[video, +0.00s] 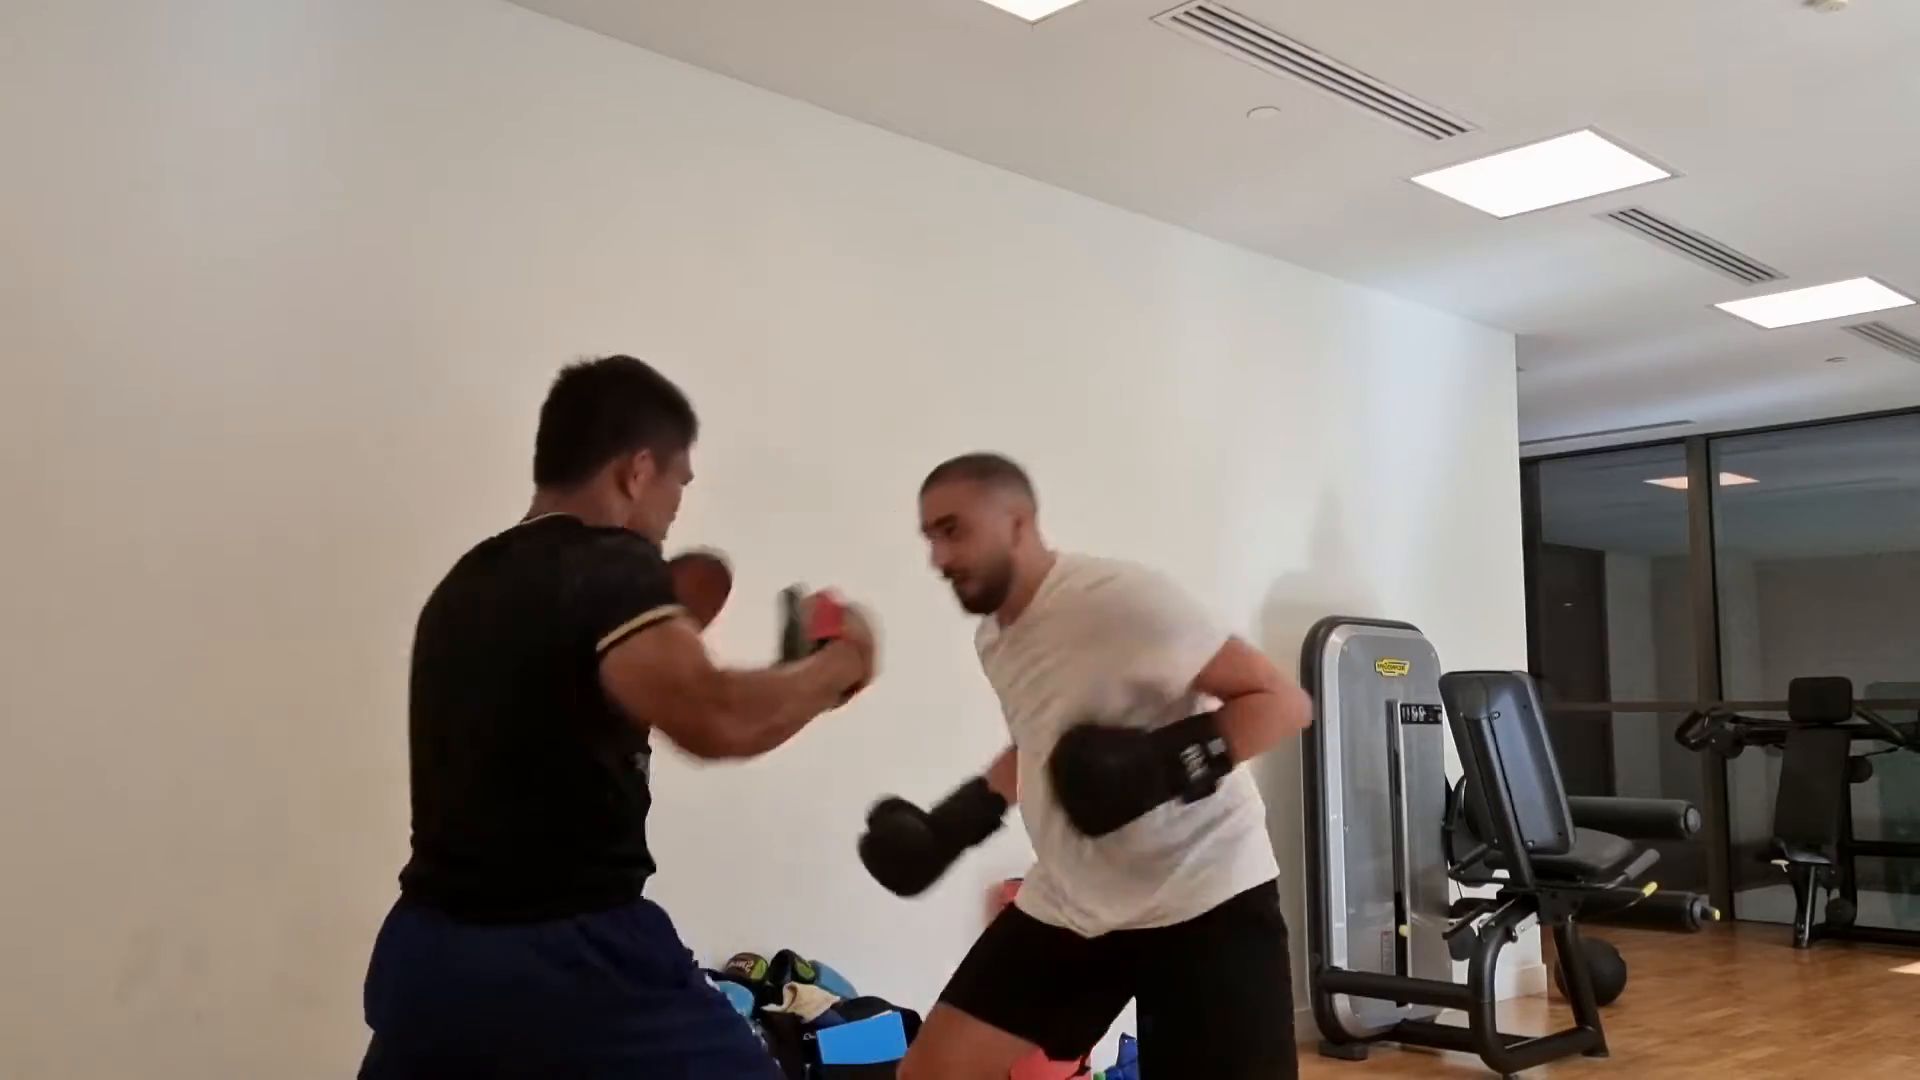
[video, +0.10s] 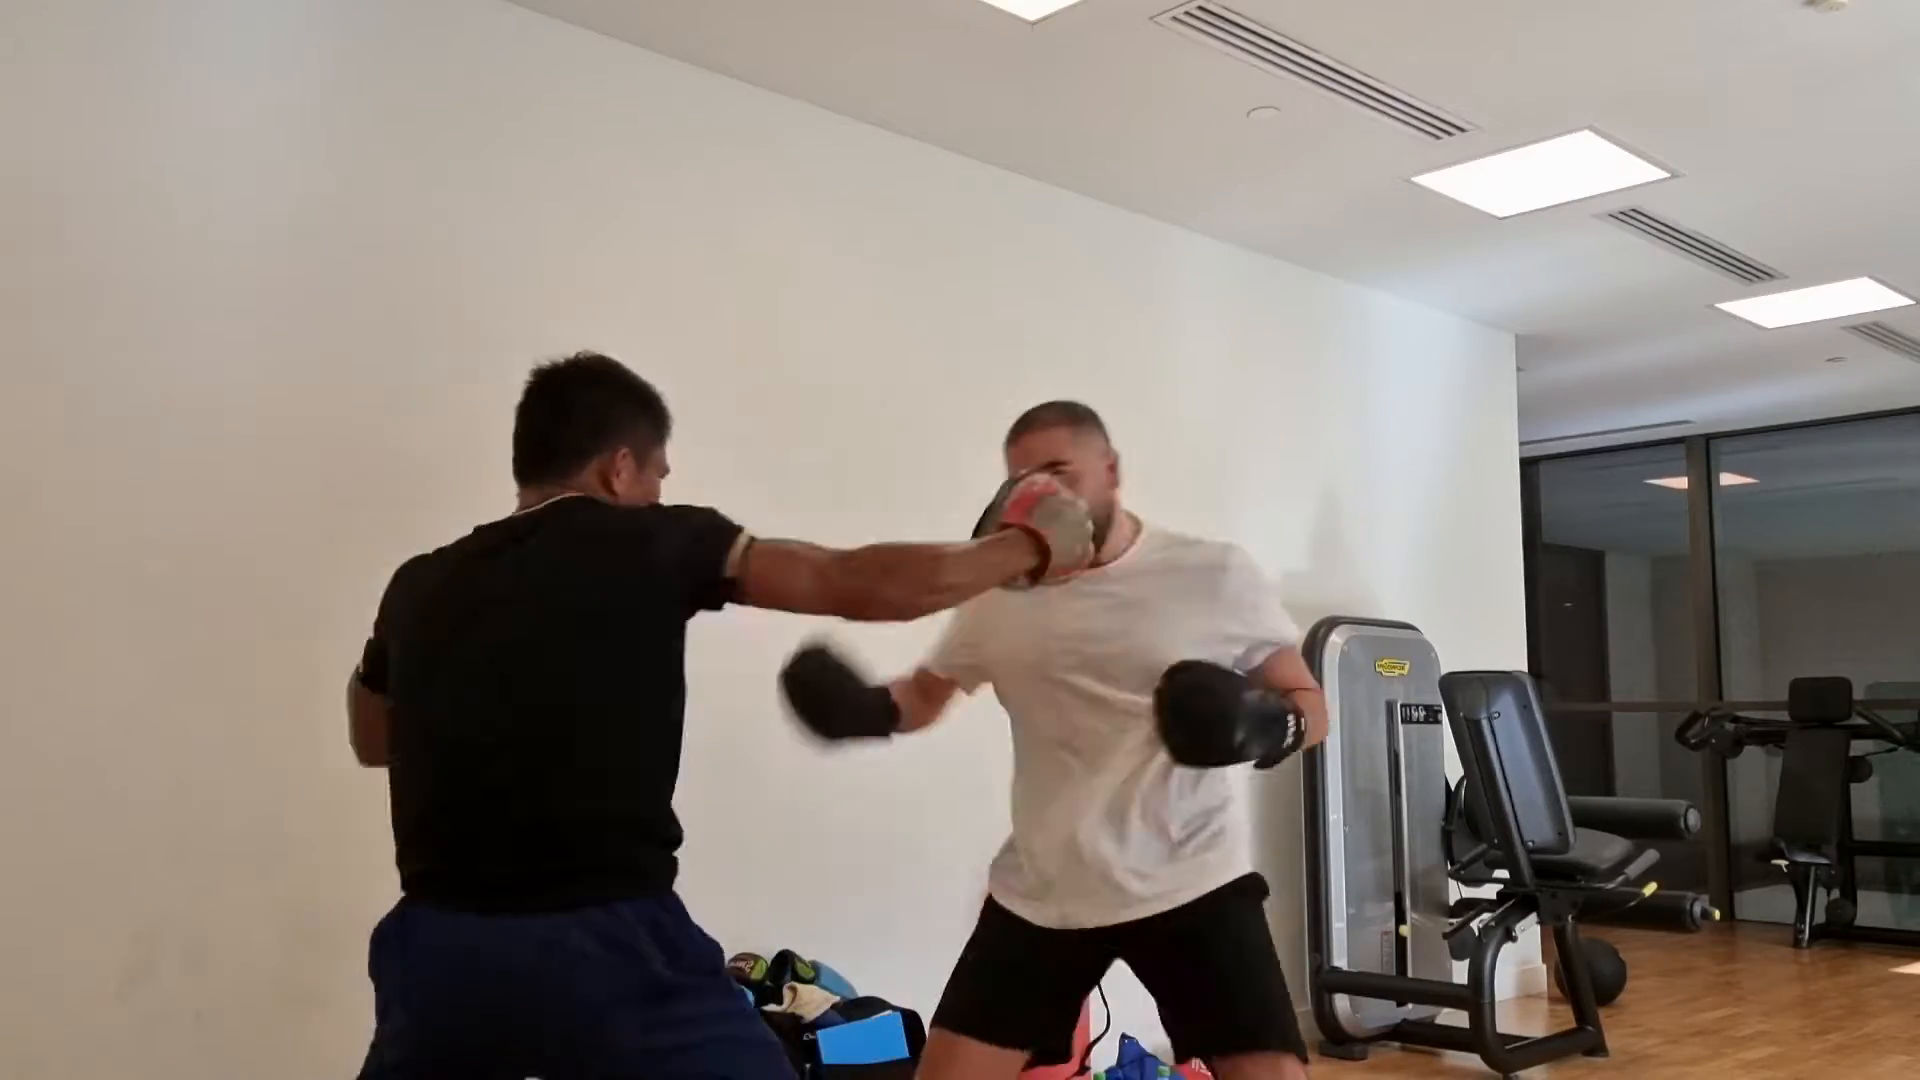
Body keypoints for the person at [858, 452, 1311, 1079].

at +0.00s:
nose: (936, 557)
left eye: (950, 531)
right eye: (930, 537)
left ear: (1019, 524)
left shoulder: (1126, 600)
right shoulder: (996, 643)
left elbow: (1283, 701)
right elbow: (1041, 744)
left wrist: (1163, 761)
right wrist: (948, 826)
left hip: (1205, 908)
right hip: (1068, 908)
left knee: (1232, 1070)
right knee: (936, 1070)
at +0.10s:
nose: (1040, 494)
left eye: (1060, 472)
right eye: (1022, 480)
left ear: (1112, 474)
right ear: (1005, 494)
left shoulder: (1217, 575)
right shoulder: (994, 609)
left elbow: (1308, 705)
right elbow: (925, 691)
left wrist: (1260, 724)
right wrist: (860, 708)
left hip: (1195, 893)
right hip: (1039, 902)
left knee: (1270, 1069)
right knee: (951, 1069)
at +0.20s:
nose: (1034, 474)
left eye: (1051, 450)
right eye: (1015, 458)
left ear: (1099, 451)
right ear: (1002, 472)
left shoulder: (1185, 555)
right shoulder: (980, 558)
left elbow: (1290, 708)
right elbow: (875, 699)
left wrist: (1260, 664)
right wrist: (923, 642)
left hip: (1186, 871)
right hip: (1045, 868)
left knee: (1251, 1069)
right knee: (943, 1064)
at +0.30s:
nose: (958, 494)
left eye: (975, 468)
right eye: (948, 477)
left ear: (1039, 461)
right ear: (944, 484)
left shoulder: (1117, 527)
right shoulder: (975, 603)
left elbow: (1210, 622)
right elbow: (989, 758)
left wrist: (1073, 553)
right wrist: (960, 709)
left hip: (1183, 872)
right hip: (1052, 868)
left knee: (1248, 1068)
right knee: (917, 1064)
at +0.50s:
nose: (1035, 443)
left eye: (1054, 422)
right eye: (1023, 428)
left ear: (1111, 427)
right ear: (1014, 442)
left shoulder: (1189, 523)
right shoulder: (996, 561)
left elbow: (1275, 679)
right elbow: (993, 731)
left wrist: (1147, 633)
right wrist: (1037, 756)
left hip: (1195, 849)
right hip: (1050, 855)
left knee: (1282, 1070)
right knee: (938, 1064)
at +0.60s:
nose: (1133, 446)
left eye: (1155, 426)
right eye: (1115, 428)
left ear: (1198, 447)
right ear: (1100, 446)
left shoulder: (1243, 564)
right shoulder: (1044, 561)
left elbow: (1293, 721)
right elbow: (978, 718)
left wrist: (1260, 686)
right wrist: (1104, 765)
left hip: (1206, 865)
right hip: (1056, 871)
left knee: (1308, 1067)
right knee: (968, 1070)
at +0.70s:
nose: (1159, 452)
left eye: (1185, 436)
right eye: (1147, 431)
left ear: (1228, 463)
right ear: (1128, 444)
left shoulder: (1246, 566)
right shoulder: (1072, 550)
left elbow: (1264, 731)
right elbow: (988, 711)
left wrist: (1270, 691)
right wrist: (1109, 761)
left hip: (1206, 867)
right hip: (1061, 869)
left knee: (1305, 1069)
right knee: (971, 1071)